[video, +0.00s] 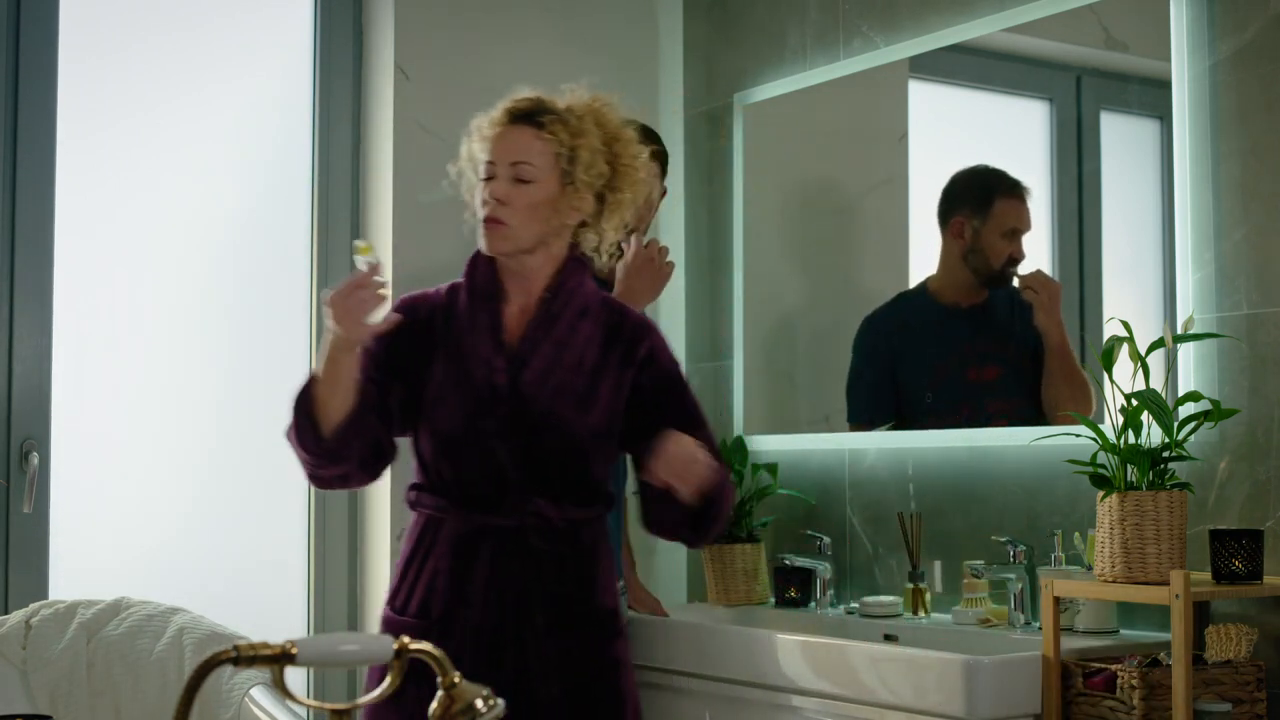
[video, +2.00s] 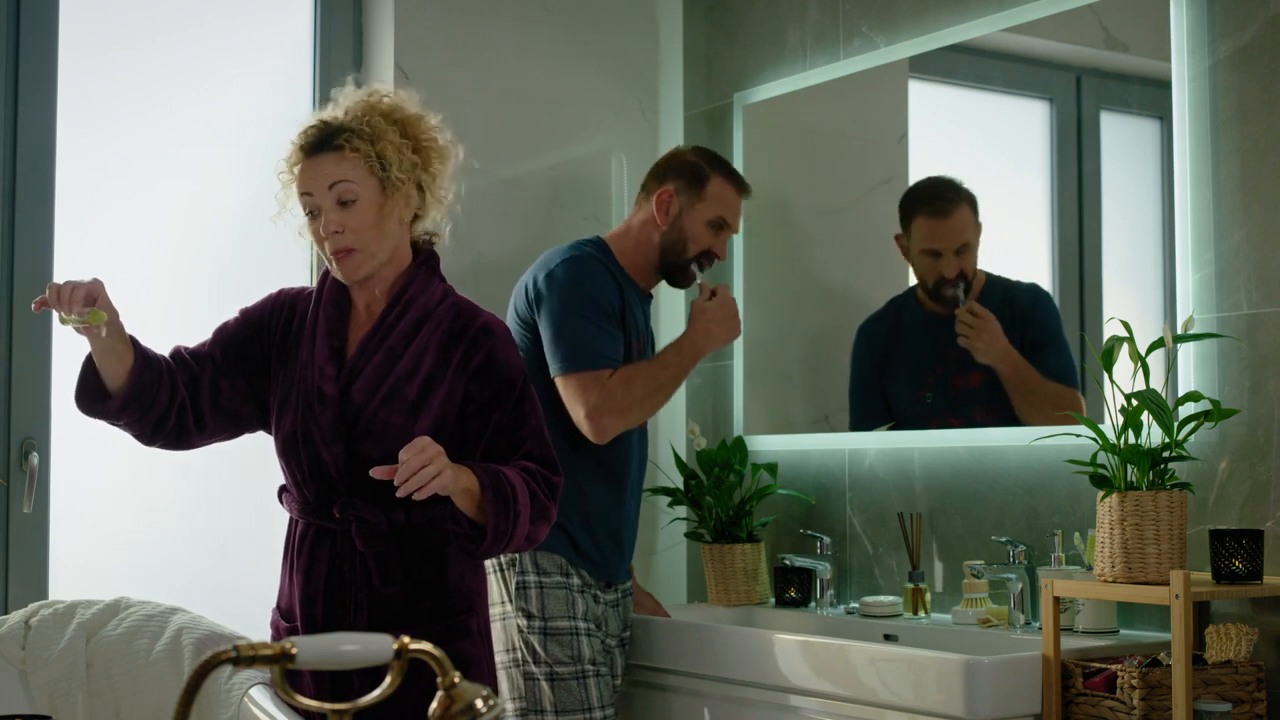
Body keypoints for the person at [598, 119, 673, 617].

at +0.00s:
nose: (661, 197)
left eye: (662, 183)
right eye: (654, 181)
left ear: (655, 193)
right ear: (620, 185)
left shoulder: (615, 277)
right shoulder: (559, 277)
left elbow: (612, 445)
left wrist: (629, 574)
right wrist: (626, 302)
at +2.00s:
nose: (721, 250)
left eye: (728, 235)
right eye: (716, 226)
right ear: (664, 204)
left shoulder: (631, 303)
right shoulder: (573, 273)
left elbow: (597, 467)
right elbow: (598, 413)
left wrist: (623, 581)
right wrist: (697, 341)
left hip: (597, 574)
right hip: (545, 568)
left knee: (591, 706)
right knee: (564, 710)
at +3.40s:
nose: (618, 181)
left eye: (639, 166)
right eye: (605, 160)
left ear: (669, 182)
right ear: (582, 161)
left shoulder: (663, 297)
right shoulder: (512, 269)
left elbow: (656, 441)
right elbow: (475, 419)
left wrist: (669, 563)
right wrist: (591, 406)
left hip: (607, 573)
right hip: (521, 564)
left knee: (600, 710)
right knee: (536, 713)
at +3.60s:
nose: (609, 178)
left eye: (632, 164)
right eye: (598, 157)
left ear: (667, 178)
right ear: (579, 154)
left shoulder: (672, 296)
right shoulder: (505, 264)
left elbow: (691, 444)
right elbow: (460, 404)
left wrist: (728, 562)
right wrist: (563, 407)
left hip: (605, 568)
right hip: (509, 559)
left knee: (593, 710)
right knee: (518, 713)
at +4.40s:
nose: (605, 196)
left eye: (631, 183)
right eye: (597, 171)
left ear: (671, 190)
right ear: (583, 157)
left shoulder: (683, 303)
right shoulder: (501, 268)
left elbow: (697, 461)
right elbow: (450, 410)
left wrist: (715, 596)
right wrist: (531, 408)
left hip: (605, 582)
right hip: (498, 570)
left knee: (595, 711)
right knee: (501, 714)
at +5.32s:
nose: (600, 190)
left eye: (626, 174)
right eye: (591, 165)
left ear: (669, 180)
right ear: (577, 154)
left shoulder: (686, 300)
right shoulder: (500, 267)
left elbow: (698, 459)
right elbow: (451, 415)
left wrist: (717, 595)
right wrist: (542, 421)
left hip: (611, 588)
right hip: (501, 579)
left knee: (602, 712)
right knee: (503, 714)